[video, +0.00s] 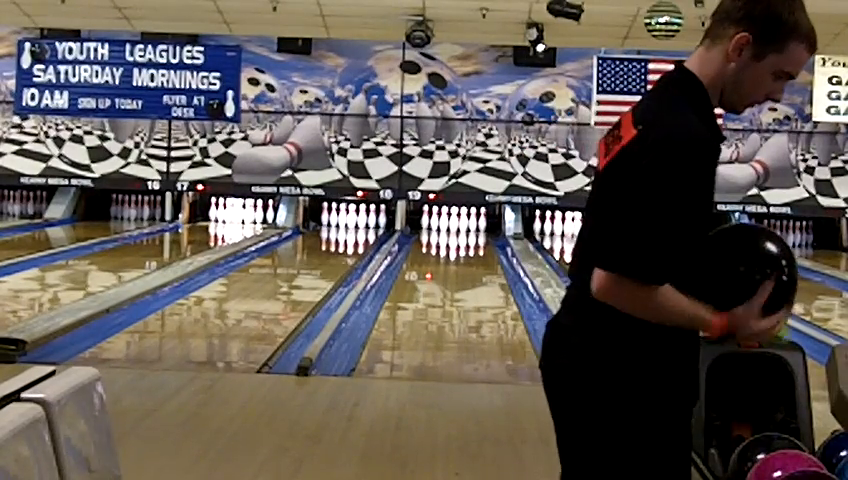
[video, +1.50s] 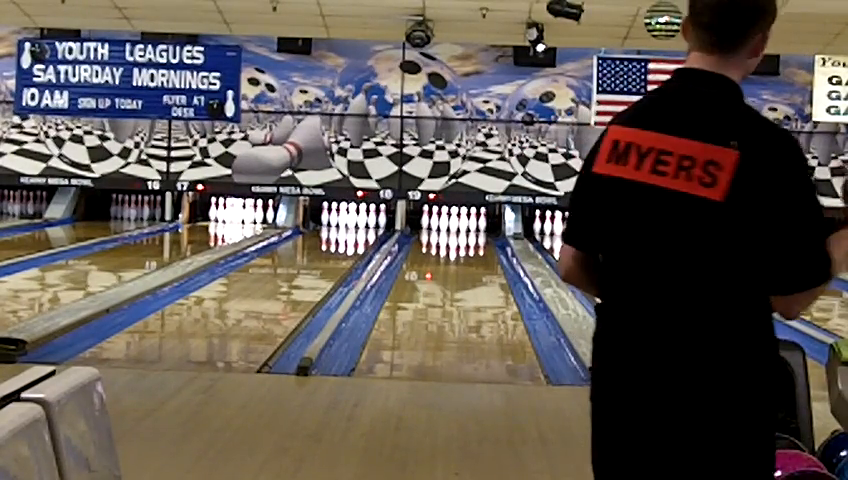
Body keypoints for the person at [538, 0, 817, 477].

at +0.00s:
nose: (777, 94)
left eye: (787, 82)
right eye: (779, 76)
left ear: (737, 48)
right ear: (740, 48)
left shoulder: (670, 107)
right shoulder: (682, 129)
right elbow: (612, 282)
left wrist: (729, 299)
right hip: (619, 363)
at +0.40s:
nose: (792, 81)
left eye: (800, 66)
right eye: (791, 62)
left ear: (743, 43)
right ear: (747, 42)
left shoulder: (688, 111)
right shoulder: (689, 128)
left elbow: (696, 256)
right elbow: (602, 275)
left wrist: (793, 304)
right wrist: (702, 355)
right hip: (625, 369)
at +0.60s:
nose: (792, 75)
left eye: (798, 60)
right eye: (790, 56)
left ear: (740, 40)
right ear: (746, 40)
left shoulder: (677, 101)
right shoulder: (698, 127)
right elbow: (616, 278)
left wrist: (810, 295)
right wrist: (717, 352)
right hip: (631, 369)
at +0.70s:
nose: (783, 74)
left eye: (790, 58)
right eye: (783, 55)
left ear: (735, 38)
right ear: (742, 38)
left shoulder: (658, 99)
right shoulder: (708, 141)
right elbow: (647, 289)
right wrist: (739, 348)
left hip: (590, 344)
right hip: (643, 368)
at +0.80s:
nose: (772, 73)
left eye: (779, 58)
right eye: (774, 55)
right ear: (737, 39)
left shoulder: (639, 101)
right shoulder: (714, 145)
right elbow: (671, 297)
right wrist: (749, 328)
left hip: (588, 346)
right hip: (653, 369)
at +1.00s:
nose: (754, 67)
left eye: (762, 55)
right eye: (759, 52)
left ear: (684, 26)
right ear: (734, 40)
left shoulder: (625, 105)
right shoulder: (718, 146)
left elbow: (586, 248)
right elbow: (717, 302)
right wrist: (788, 278)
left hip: (600, 352)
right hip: (679, 368)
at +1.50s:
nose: (763, 50)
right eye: (765, 42)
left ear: (685, 30)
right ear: (760, 45)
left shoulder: (623, 128)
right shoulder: (772, 147)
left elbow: (573, 264)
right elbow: (791, 301)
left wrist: (631, 291)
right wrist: (835, 252)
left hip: (628, 379)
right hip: (729, 385)